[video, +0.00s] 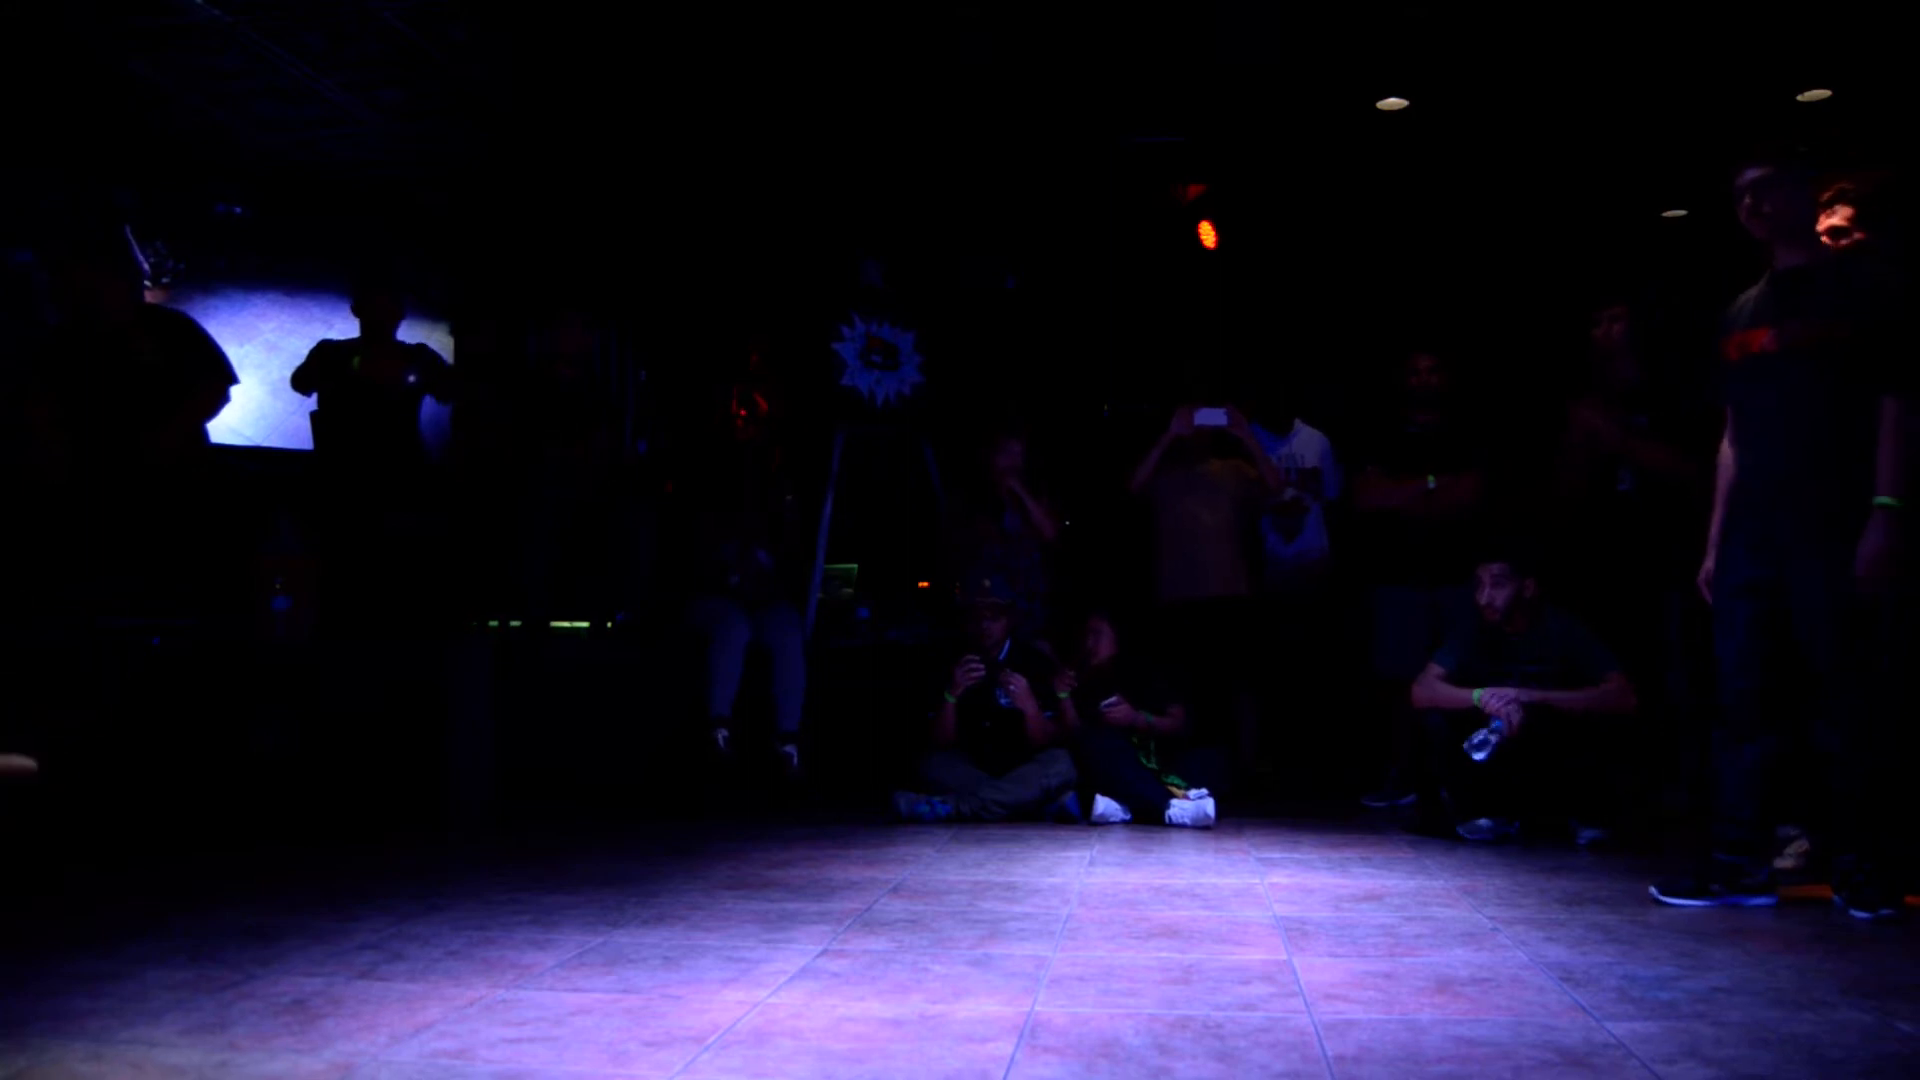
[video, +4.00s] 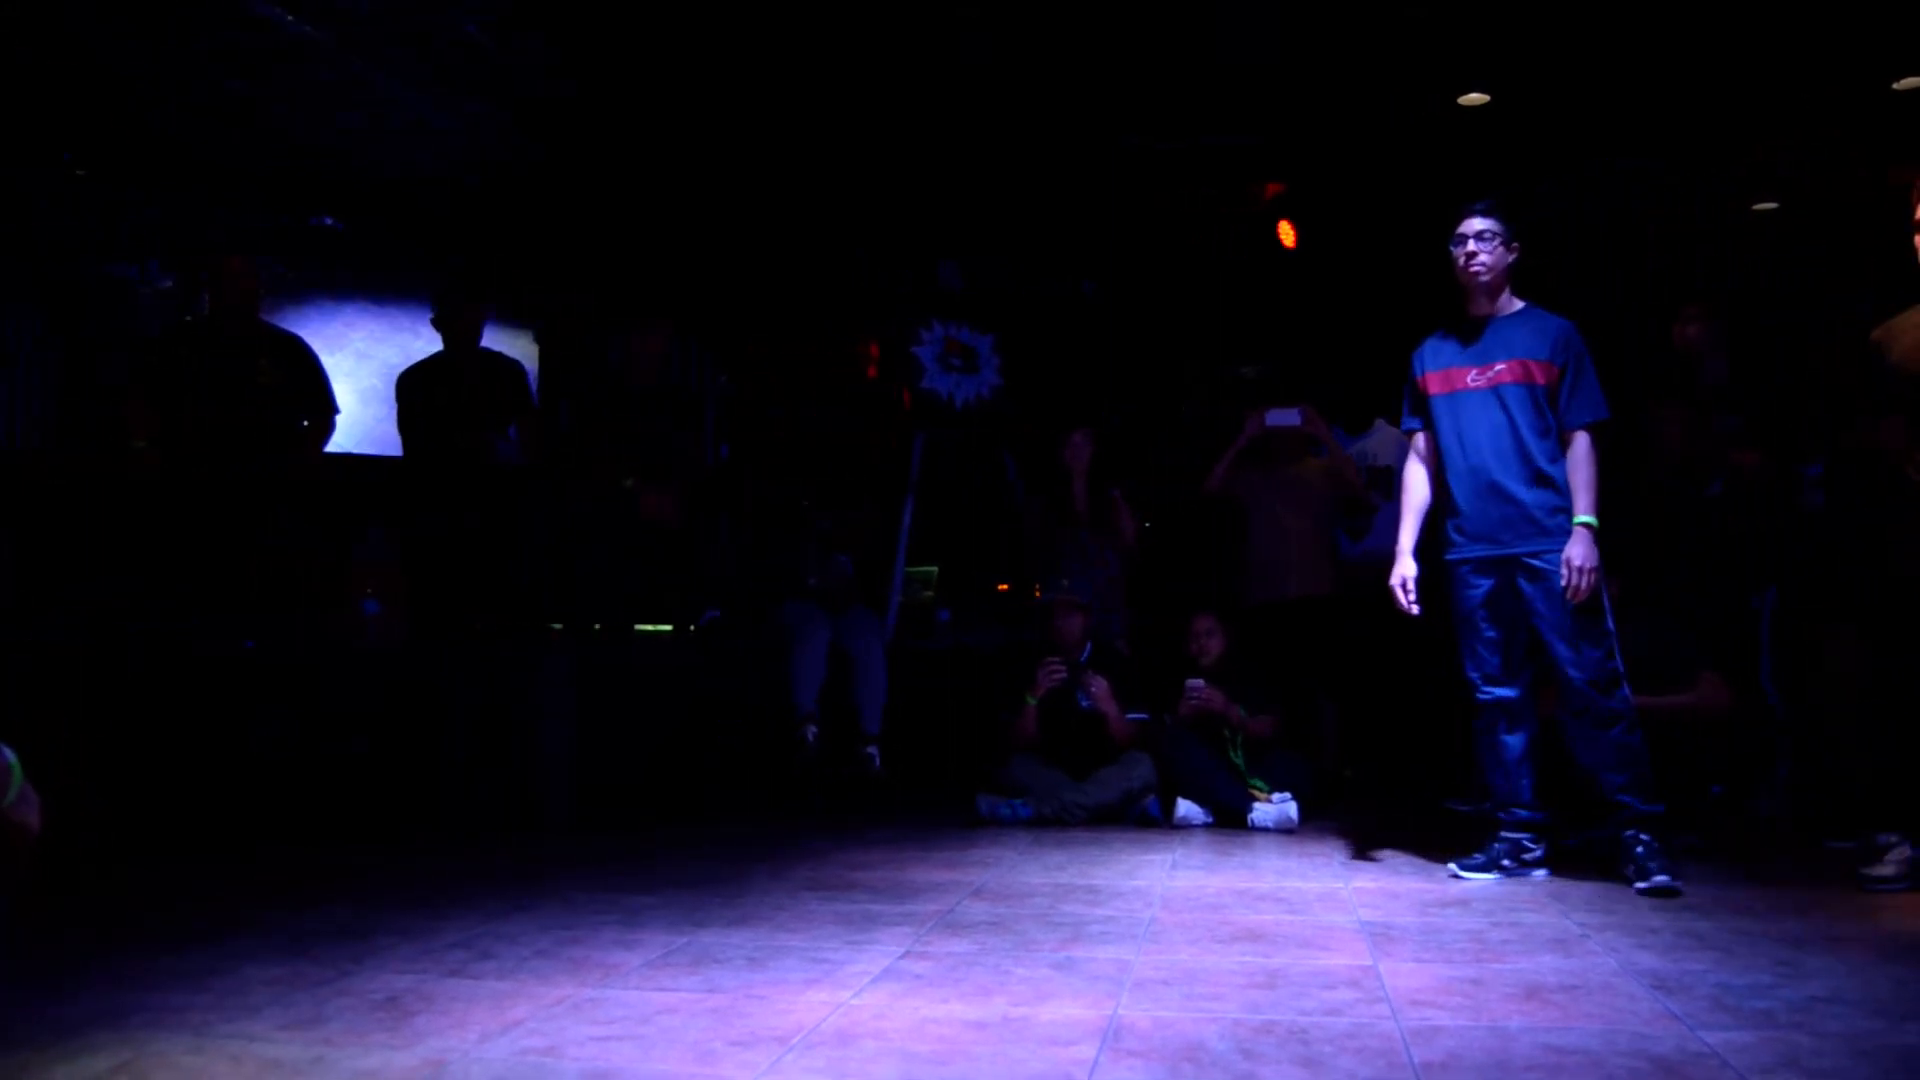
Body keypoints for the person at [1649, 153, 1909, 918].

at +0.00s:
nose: (1753, 208)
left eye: (1767, 192)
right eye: (1745, 197)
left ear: (1807, 195)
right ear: (1743, 212)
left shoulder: (1861, 281)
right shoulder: (1747, 310)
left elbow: (1893, 407)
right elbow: (1734, 437)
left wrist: (1885, 513)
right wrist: (1716, 544)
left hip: (1839, 522)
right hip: (1760, 525)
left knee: (1851, 696)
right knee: (1748, 692)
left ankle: (1867, 870)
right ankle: (1741, 861)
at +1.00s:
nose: (1647, 226)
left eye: (1661, 211)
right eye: (1639, 215)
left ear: (1697, 216)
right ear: (1636, 229)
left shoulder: (1742, 302)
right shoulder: (1652, 320)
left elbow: (1764, 420)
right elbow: (1643, 442)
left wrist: (1736, 521)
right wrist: (1612, 546)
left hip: (1718, 529)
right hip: (1663, 532)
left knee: (1717, 691)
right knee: (1687, 692)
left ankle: (1774, 873)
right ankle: (1730, 869)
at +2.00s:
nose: (1583, 225)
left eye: (1598, 211)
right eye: (1581, 213)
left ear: (1642, 217)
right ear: (1609, 226)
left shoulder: (1653, 299)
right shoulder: (1647, 297)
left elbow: (1632, 425)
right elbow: (1640, 424)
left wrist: (1580, 526)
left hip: (1649, 520)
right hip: (1657, 514)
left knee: (1638, 684)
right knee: (1672, 675)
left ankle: (1644, 857)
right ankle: (1755, 816)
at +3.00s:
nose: (1492, 240)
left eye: (1508, 229)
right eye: (1489, 230)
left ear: (1543, 240)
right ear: (1487, 245)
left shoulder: (1571, 319)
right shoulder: (1495, 338)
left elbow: (1586, 431)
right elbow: (1475, 456)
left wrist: (1565, 529)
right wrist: (1440, 546)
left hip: (1545, 543)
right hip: (1489, 549)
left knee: (1579, 699)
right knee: (1510, 697)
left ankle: (1637, 850)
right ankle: (1519, 839)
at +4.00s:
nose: (1470, 252)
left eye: (1483, 241)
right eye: (1461, 243)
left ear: (1512, 254)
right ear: (1451, 261)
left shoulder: (1551, 336)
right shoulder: (1433, 355)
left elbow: (1579, 439)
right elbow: (1421, 456)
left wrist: (1584, 529)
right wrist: (1405, 549)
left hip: (1546, 542)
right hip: (1470, 550)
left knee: (1594, 688)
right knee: (1497, 695)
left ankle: (1638, 838)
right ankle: (1518, 838)